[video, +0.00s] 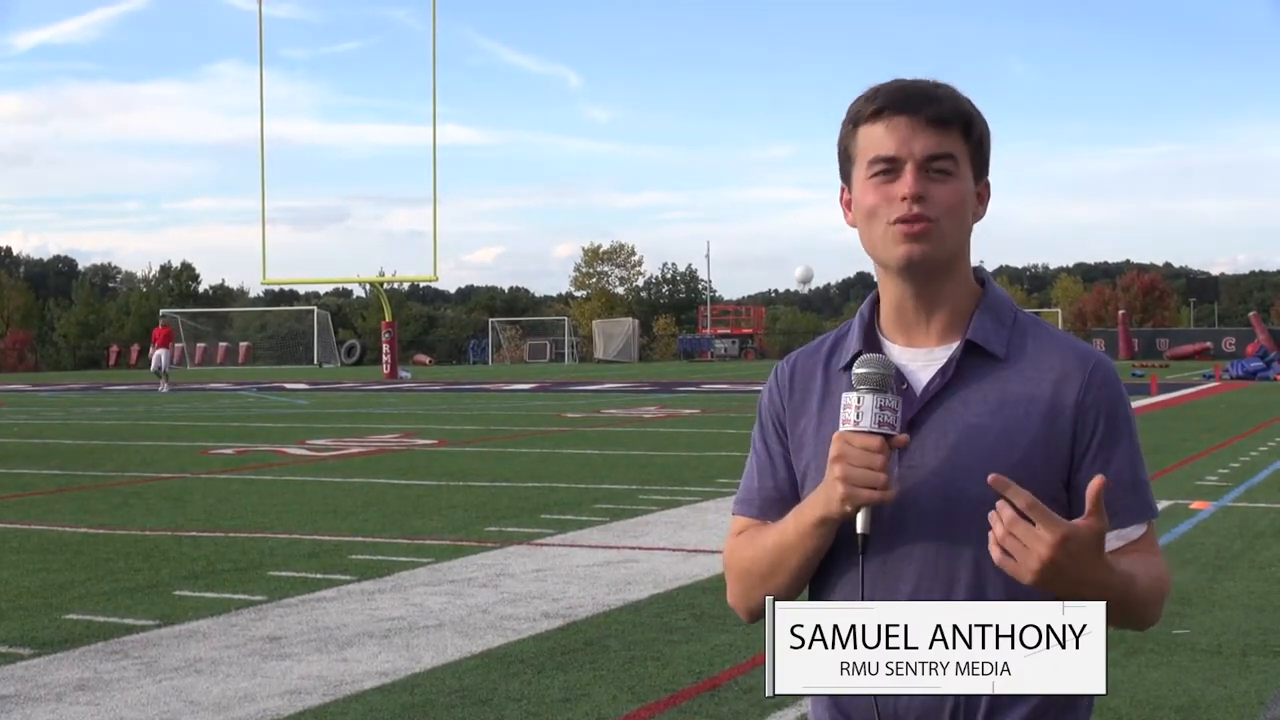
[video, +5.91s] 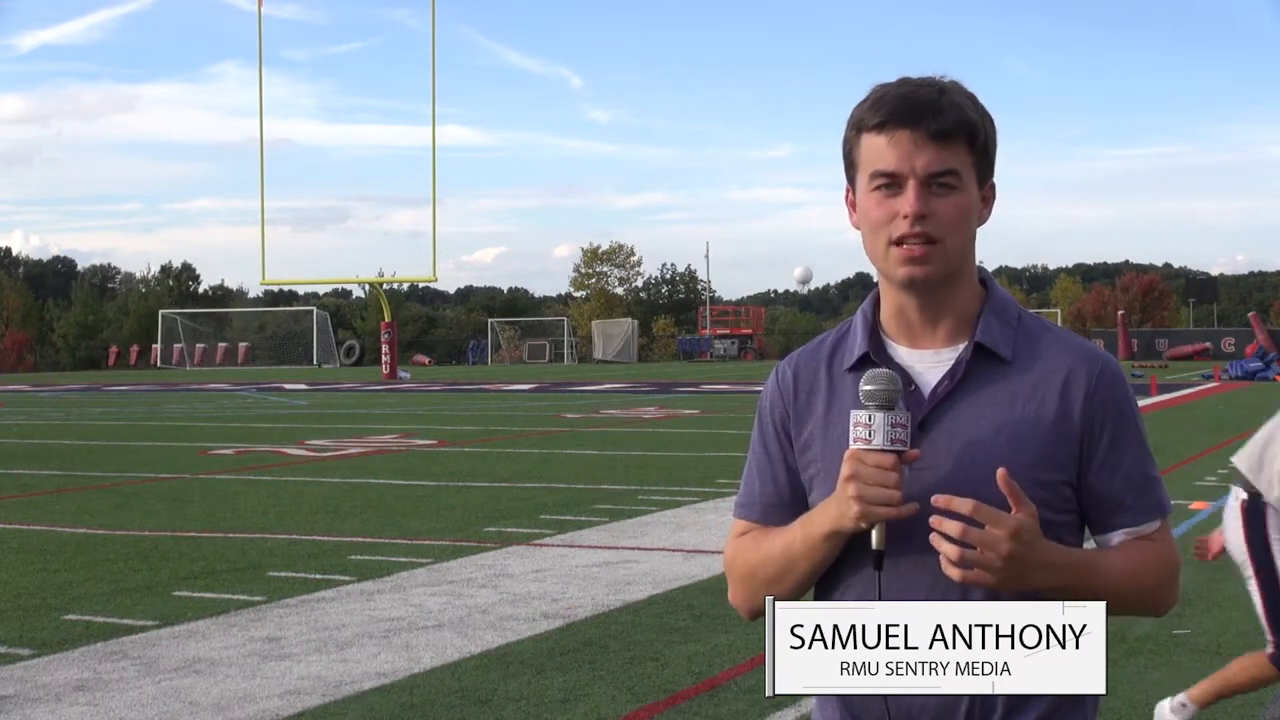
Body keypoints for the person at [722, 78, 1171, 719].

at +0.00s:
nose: (910, 190)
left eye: (938, 170)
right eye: (884, 171)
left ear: (980, 198)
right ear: (849, 207)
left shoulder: (1077, 379)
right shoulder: (796, 384)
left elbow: (1147, 593)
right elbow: (744, 590)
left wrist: (1093, 578)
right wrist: (824, 503)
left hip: (1025, 707)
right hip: (847, 707)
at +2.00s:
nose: (907, 203)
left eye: (943, 181)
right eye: (888, 176)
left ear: (991, 207)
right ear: (860, 195)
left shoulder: (1074, 379)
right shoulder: (796, 380)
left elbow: (1143, 611)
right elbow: (738, 588)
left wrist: (1120, 536)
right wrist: (811, 499)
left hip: (1025, 705)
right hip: (848, 706)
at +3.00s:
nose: (914, 211)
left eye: (949, 188)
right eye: (893, 182)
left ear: (993, 208)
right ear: (861, 196)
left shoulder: (1076, 381)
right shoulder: (798, 382)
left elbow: (1167, 581)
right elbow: (740, 587)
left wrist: (1053, 564)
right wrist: (837, 496)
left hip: (1022, 708)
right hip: (845, 707)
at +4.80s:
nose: (913, 197)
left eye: (942, 174)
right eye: (887, 176)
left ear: (987, 198)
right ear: (856, 205)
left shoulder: (1079, 374)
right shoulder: (799, 378)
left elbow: (1162, 600)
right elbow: (733, 584)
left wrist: (1097, 493)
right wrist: (827, 479)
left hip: (1028, 704)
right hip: (851, 707)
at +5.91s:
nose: (913, 209)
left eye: (941, 183)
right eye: (887, 184)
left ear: (984, 201)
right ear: (853, 207)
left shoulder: (1082, 379)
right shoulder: (797, 385)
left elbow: (1157, 578)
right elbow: (745, 587)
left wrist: (1046, 566)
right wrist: (834, 515)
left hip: (1031, 708)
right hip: (852, 708)